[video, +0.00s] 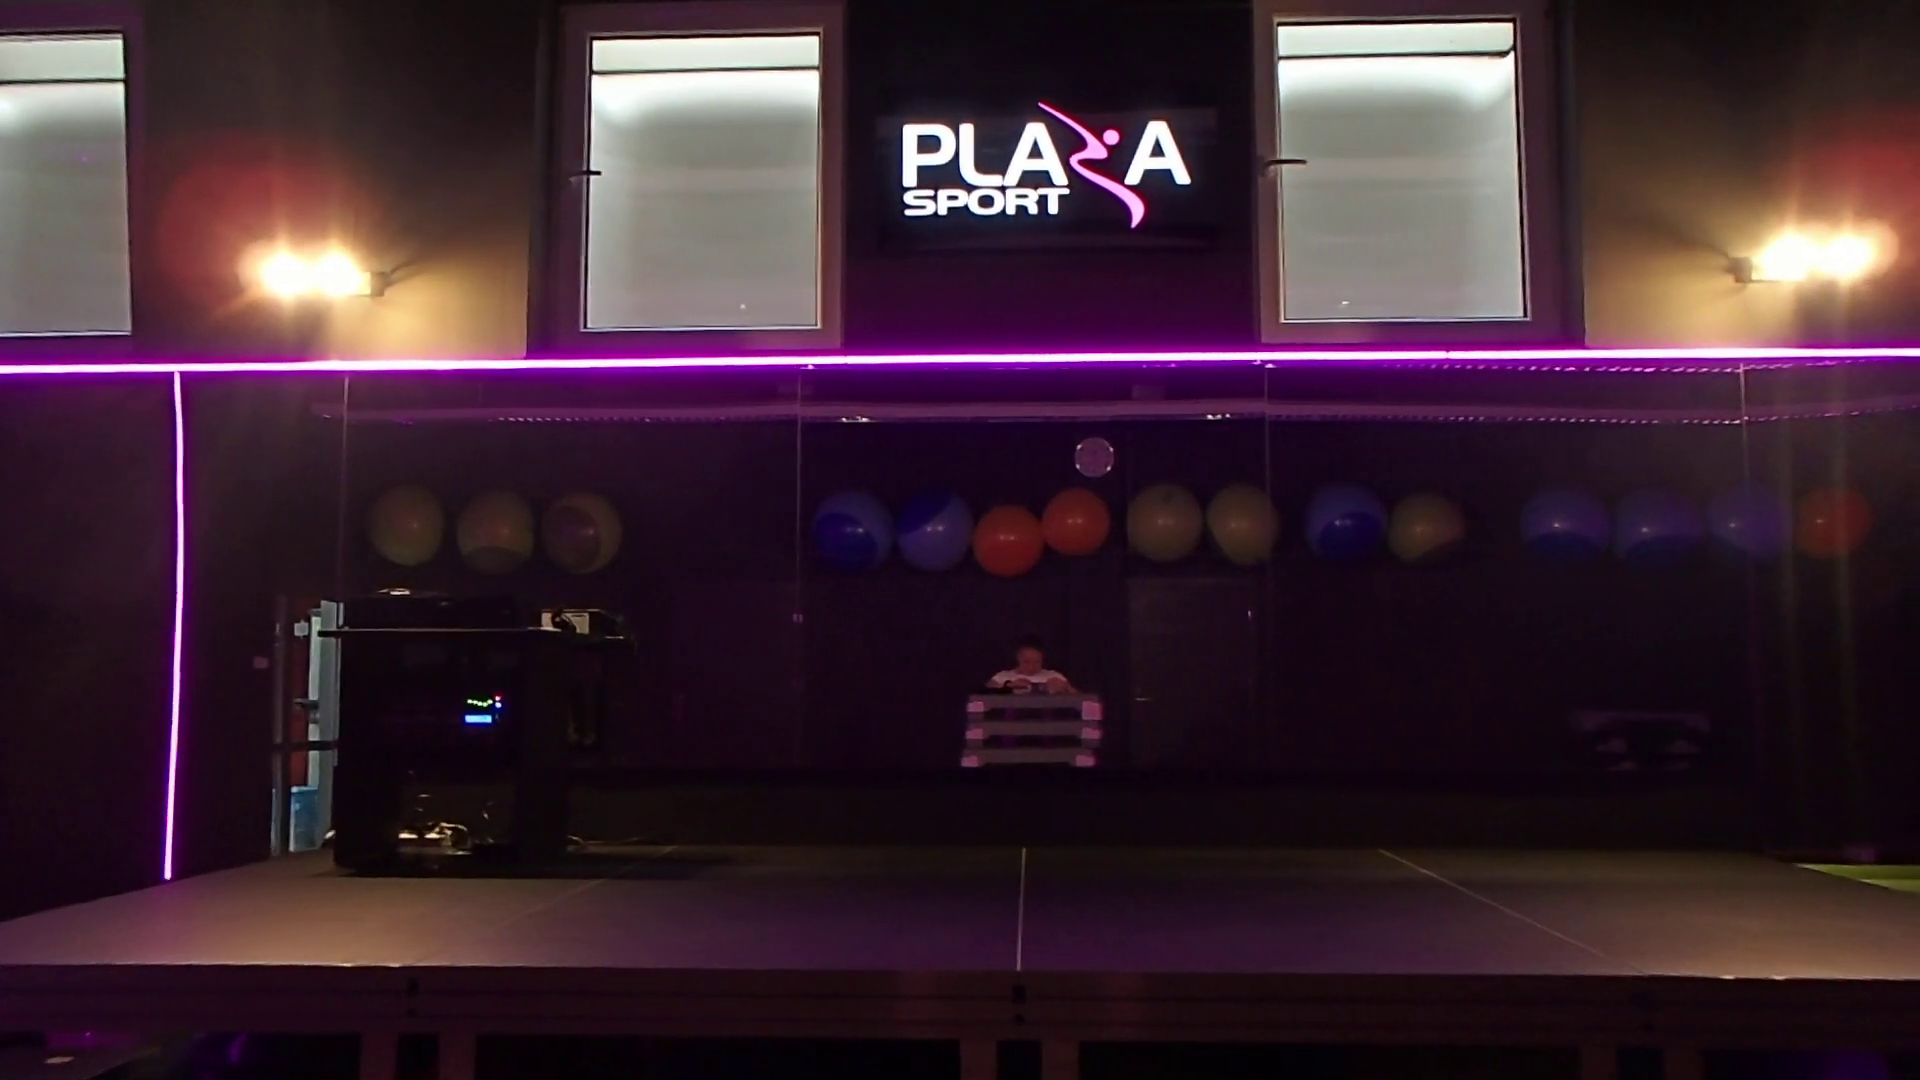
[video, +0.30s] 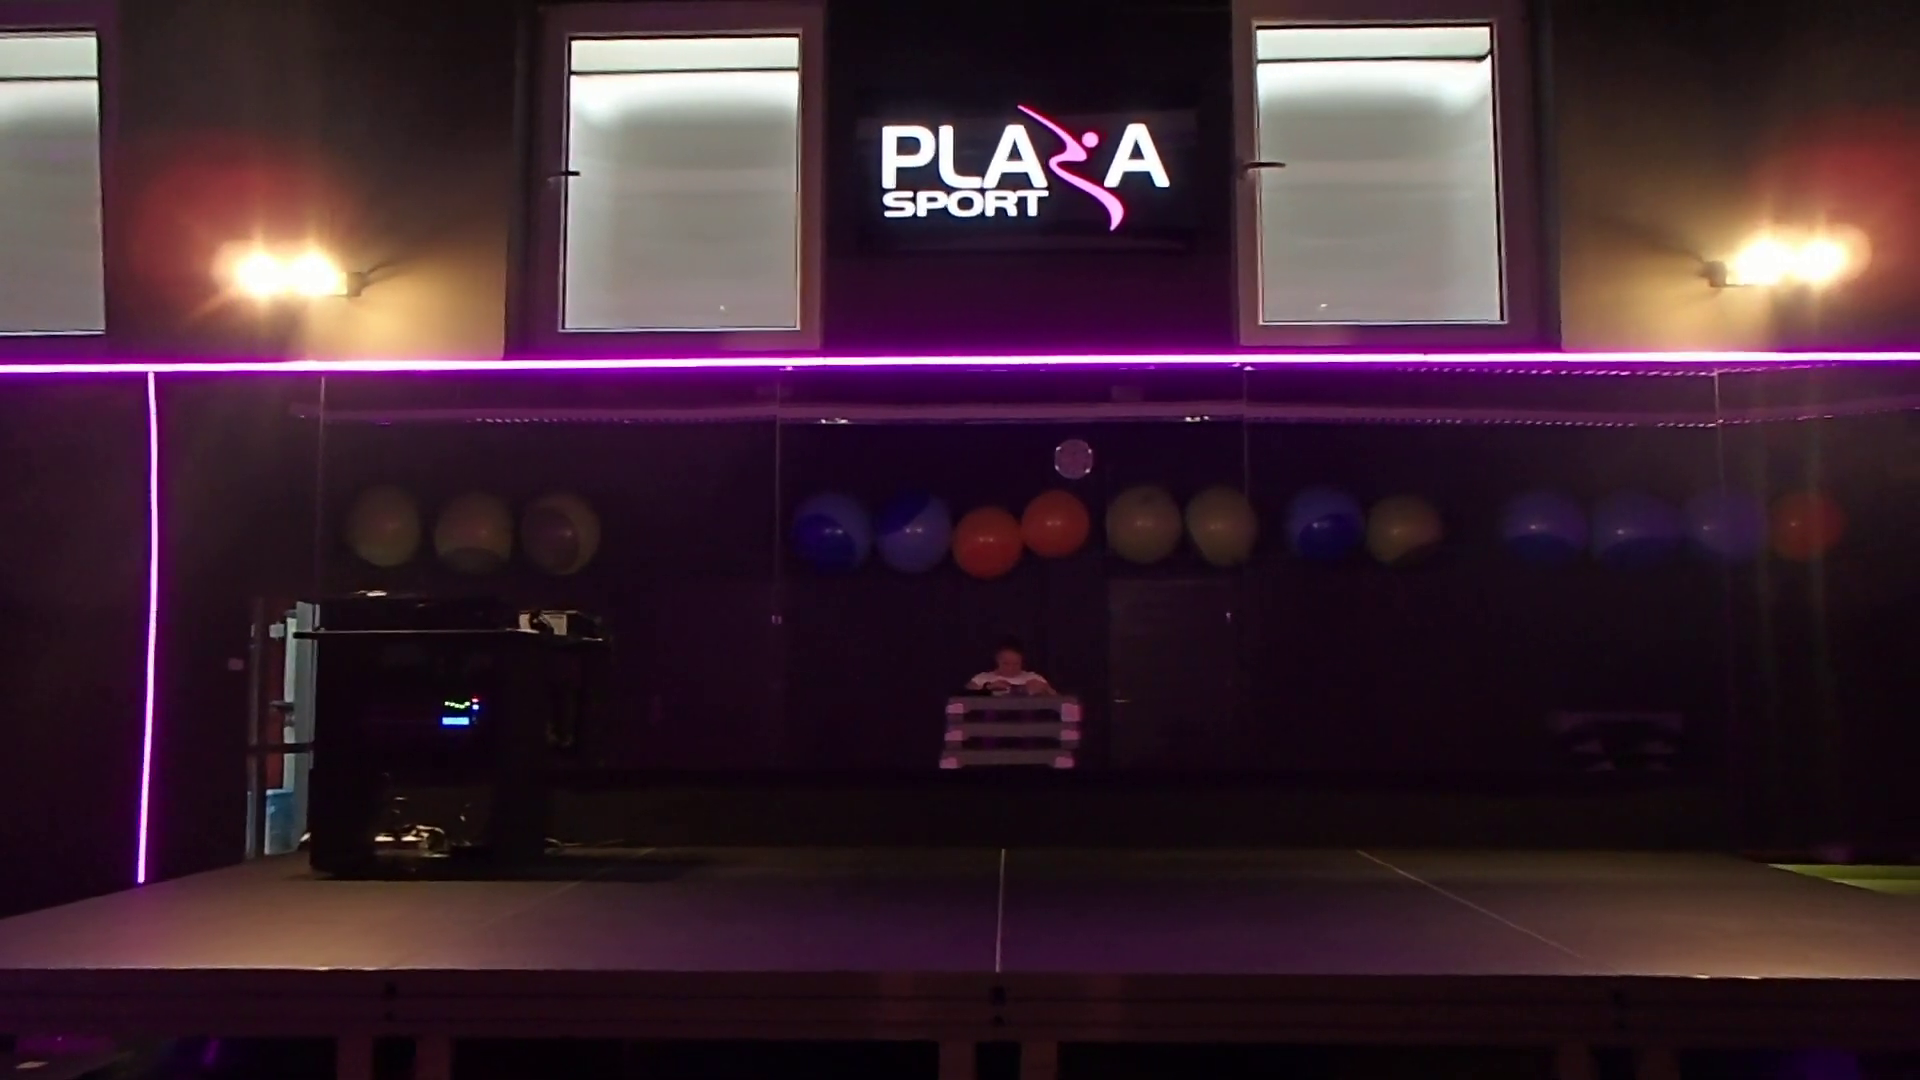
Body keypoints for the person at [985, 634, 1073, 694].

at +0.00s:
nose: (1031, 666)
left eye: (1035, 661)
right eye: (1026, 661)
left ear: (1041, 660)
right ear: (1019, 659)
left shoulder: (1052, 677)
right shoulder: (1004, 676)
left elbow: (1077, 697)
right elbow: (987, 691)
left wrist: (1064, 689)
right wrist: (1010, 686)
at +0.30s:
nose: (1010, 668)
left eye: (1015, 664)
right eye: (1005, 663)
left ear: (1021, 663)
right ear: (998, 662)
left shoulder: (1032, 678)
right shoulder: (983, 678)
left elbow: (1057, 700)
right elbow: (966, 693)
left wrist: (1043, 689)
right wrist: (989, 687)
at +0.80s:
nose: (973, 673)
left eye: (977, 669)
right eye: (969, 668)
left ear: (984, 668)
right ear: (962, 668)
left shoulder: (996, 686)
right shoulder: (947, 685)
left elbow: (1020, 707)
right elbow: (930, 704)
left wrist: (1005, 697)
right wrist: (953, 695)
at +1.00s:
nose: (965, 672)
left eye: (969, 668)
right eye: (961, 668)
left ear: (975, 668)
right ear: (954, 667)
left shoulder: (988, 686)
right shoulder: (938, 685)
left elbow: (1011, 707)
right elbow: (922, 704)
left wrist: (997, 697)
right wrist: (944, 695)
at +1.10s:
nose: (965, 673)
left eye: (969, 668)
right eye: (961, 668)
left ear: (975, 668)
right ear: (954, 668)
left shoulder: (988, 686)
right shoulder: (938, 686)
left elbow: (1012, 708)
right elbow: (922, 706)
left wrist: (997, 697)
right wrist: (943, 696)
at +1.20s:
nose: (965, 672)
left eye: (969, 668)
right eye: (961, 668)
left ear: (975, 668)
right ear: (954, 667)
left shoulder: (988, 686)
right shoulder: (938, 685)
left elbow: (1011, 707)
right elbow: (922, 704)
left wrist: (998, 697)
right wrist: (944, 694)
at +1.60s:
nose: (939, 665)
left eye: (944, 660)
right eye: (935, 660)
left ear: (952, 661)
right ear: (930, 662)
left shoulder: (971, 687)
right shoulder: (917, 688)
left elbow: (988, 719)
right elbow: (895, 717)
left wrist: (1006, 700)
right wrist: (904, 688)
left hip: (964, 747)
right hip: (925, 750)